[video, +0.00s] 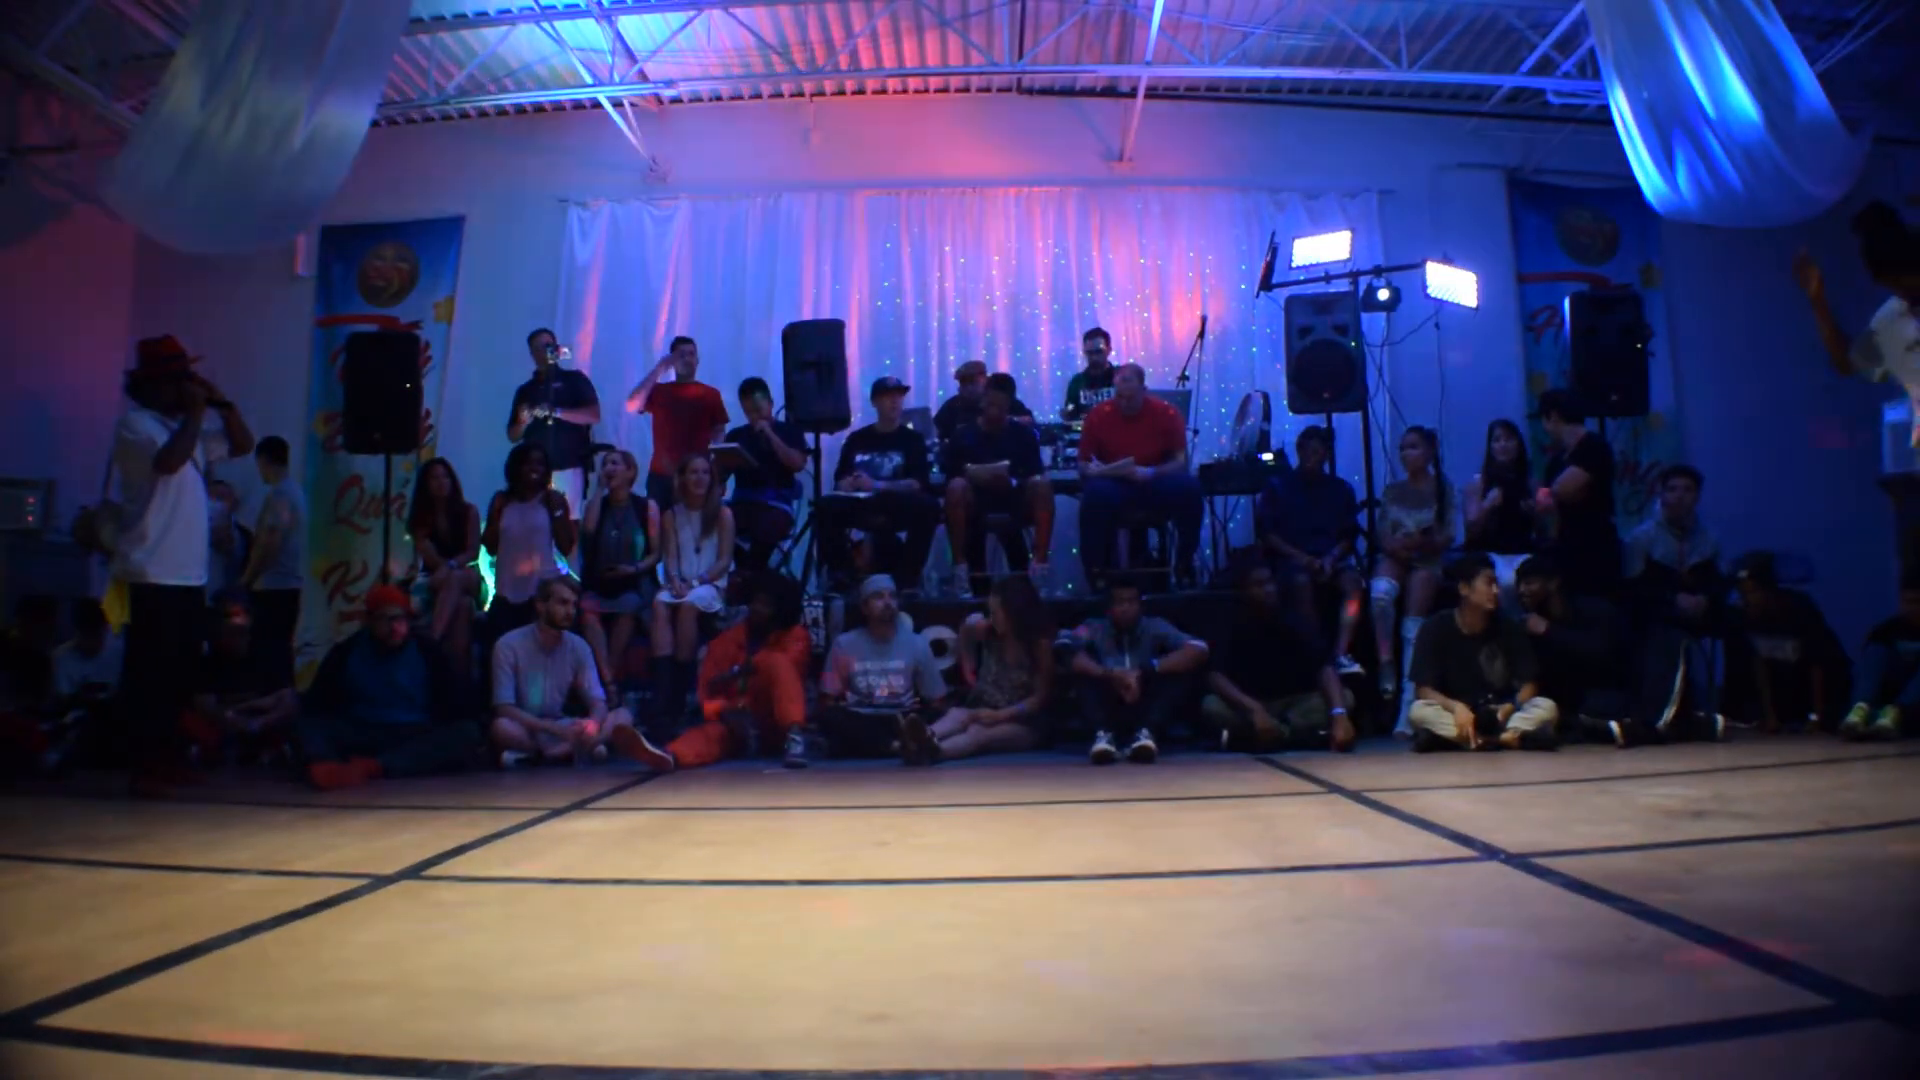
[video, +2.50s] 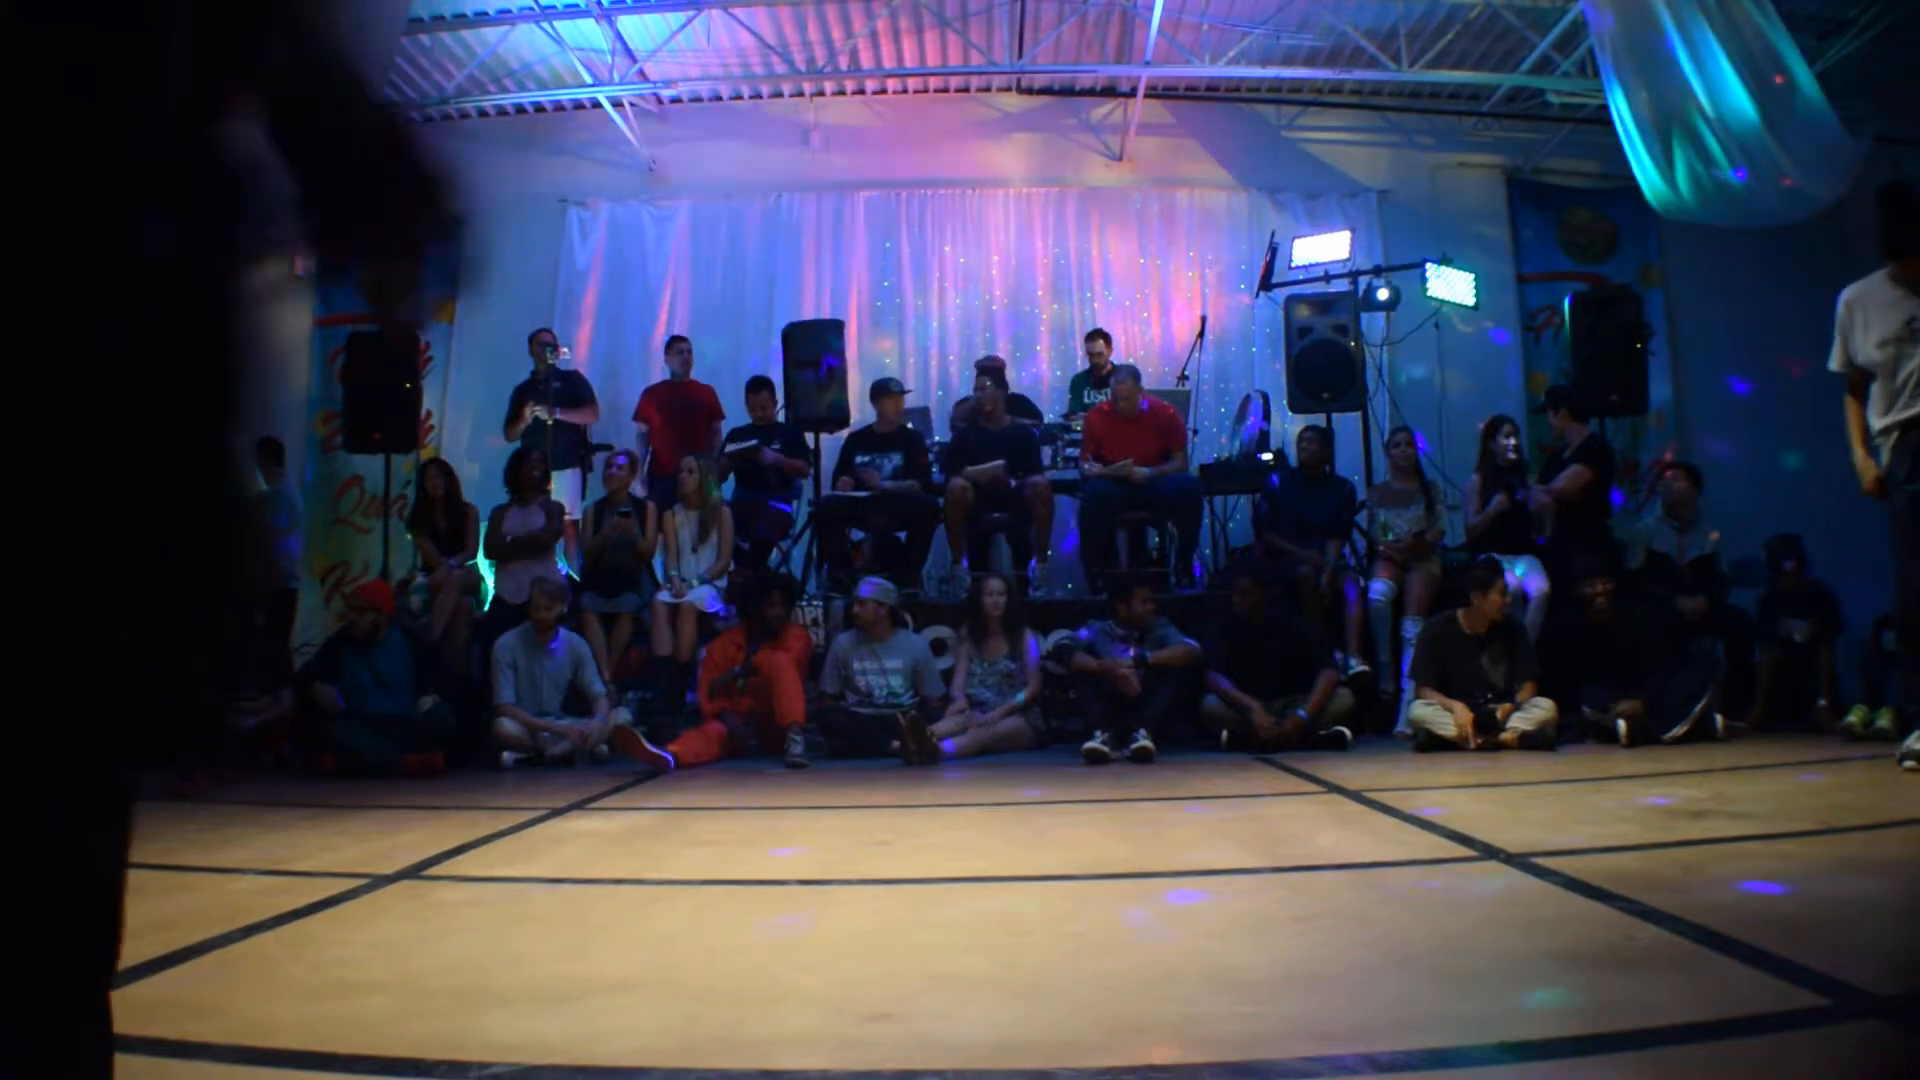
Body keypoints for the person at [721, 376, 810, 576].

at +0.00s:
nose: (755, 416)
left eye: (759, 409)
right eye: (750, 411)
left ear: (770, 405)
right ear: (744, 409)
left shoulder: (789, 432)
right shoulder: (736, 436)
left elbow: (798, 463)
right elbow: (721, 477)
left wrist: (770, 435)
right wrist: (722, 459)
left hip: (777, 499)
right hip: (744, 499)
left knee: (769, 529)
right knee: (721, 523)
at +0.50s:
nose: (754, 414)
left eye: (757, 407)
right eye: (748, 410)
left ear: (769, 403)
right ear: (742, 409)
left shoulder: (790, 432)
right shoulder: (737, 435)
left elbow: (803, 468)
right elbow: (719, 478)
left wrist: (773, 463)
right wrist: (723, 459)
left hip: (777, 502)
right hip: (743, 501)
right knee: (721, 524)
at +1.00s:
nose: (755, 415)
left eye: (760, 408)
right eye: (750, 410)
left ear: (772, 404)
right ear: (744, 409)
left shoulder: (790, 433)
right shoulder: (737, 436)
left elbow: (802, 467)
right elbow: (719, 471)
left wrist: (770, 458)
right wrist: (727, 456)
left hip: (777, 501)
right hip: (743, 500)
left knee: (767, 529)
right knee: (722, 524)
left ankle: (753, 574)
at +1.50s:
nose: (755, 415)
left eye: (760, 408)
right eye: (750, 410)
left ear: (772, 404)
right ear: (744, 407)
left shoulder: (790, 433)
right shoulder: (736, 435)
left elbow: (802, 468)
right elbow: (718, 474)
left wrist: (772, 459)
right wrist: (736, 458)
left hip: (776, 502)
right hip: (742, 500)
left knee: (764, 535)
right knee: (722, 527)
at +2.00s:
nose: (757, 415)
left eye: (763, 409)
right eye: (752, 409)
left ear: (774, 405)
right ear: (746, 407)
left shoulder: (790, 433)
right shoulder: (736, 435)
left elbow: (804, 468)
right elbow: (718, 474)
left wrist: (773, 460)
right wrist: (741, 459)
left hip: (778, 502)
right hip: (743, 501)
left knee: (763, 535)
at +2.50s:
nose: (758, 414)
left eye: (763, 408)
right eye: (753, 408)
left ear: (775, 404)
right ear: (747, 407)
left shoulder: (790, 433)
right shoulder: (737, 435)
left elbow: (804, 468)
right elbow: (719, 476)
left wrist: (776, 459)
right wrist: (732, 459)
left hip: (777, 502)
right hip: (744, 501)